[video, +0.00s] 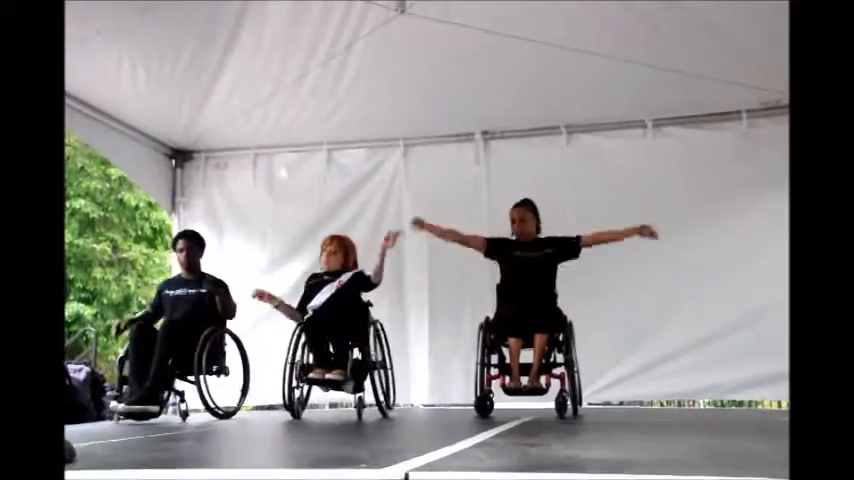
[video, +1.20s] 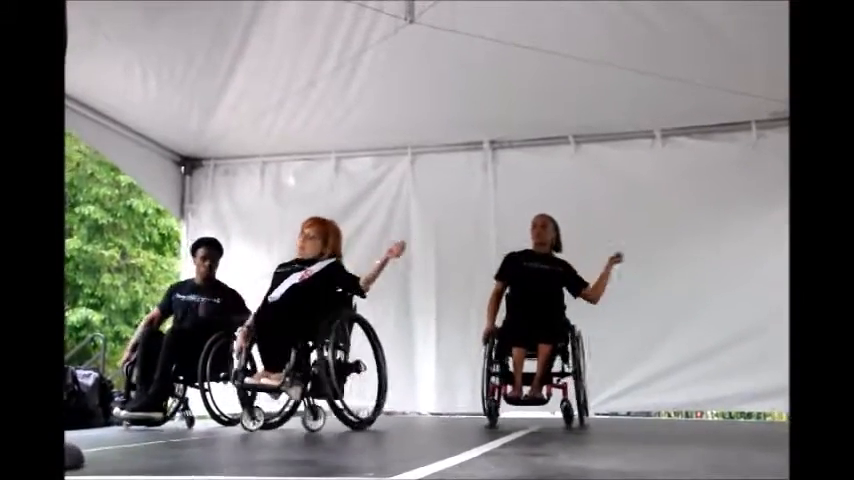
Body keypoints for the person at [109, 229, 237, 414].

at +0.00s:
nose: (185, 256)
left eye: (190, 250)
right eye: (180, 251)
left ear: (200, 253)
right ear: (175, 255)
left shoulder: (214, 285)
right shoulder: (167, 287)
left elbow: (229, 314)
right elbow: (153, 313)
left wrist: (219, 292)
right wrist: (128, 322)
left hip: (205, 350)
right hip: (174, 348)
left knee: (169, 327)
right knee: (141, 329)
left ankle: (151, 397)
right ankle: (136, 397)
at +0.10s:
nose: (187, 256)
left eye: (192, 251)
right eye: (182, 252)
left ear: (202, 254)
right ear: (177, 255)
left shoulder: (215, 285)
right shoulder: (168, 287)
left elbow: (225, 311)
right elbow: (153, 315)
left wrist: (209, 281)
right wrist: (129, 334)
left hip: (205, 349)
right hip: (174, 347)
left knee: (169, 328)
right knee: (138, 332)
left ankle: (150, 397)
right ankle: (135, 397)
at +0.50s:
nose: (190, 261)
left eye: (195, 256)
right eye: (185, 256)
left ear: (201, 258)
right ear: (177, 259)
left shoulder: (215, 289)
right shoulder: (168, 291)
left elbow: (237, 315)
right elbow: (156, 319)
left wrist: (211, 297)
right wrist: (129, 340)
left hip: (205, 353)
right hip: (175, 352)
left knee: (162, 333)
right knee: (136, 334)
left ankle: (146, 401)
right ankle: (132, 398)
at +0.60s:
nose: (191, 261)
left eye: (196, 256)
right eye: (186, 257)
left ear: (202, 258)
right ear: (177, 260)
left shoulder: (216, 288)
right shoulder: (169, 292)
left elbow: (244, 310)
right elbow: (152, 319)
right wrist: (128, 344)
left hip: (205, 353)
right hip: (176, 352)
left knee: (162, 333)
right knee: (136, 335)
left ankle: (145, 401)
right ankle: (132, 399)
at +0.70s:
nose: (194, 261)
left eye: (198, 256)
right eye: (189, 256)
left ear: (203, 259)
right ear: (179, 260)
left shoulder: (217, 288)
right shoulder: (169, 293)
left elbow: (243, 299)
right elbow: (150, 321)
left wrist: (261, 295)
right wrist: (126, 345)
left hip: (206, 355)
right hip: (176, 353)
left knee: (163, 335)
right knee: (136, 335)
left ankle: (145, 403)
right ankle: (131, 400)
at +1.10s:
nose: (205, 263)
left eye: (209, 259)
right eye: (200, 258)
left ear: (213, 261)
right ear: (188, 259)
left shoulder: (225, 294)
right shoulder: (173, 292)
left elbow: (254, 321)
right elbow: (150, 321)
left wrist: (242, 306)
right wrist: (127, 349)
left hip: (212, 359)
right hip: (181, 358)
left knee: (172, 336)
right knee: (147, 334)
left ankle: (153, 402)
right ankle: (139, 400)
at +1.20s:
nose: (209, 264)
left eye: (214, 260)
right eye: (204, 259)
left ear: (219, 262)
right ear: (194, 260)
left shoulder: (230, 296)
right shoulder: (178, 291)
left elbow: (249, 326)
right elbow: (153, 319)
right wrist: (131, 349)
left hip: (214, 360)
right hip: (182, 356)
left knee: (175, 336)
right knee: (151, 336)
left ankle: (156, 402)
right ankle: (142, 400)